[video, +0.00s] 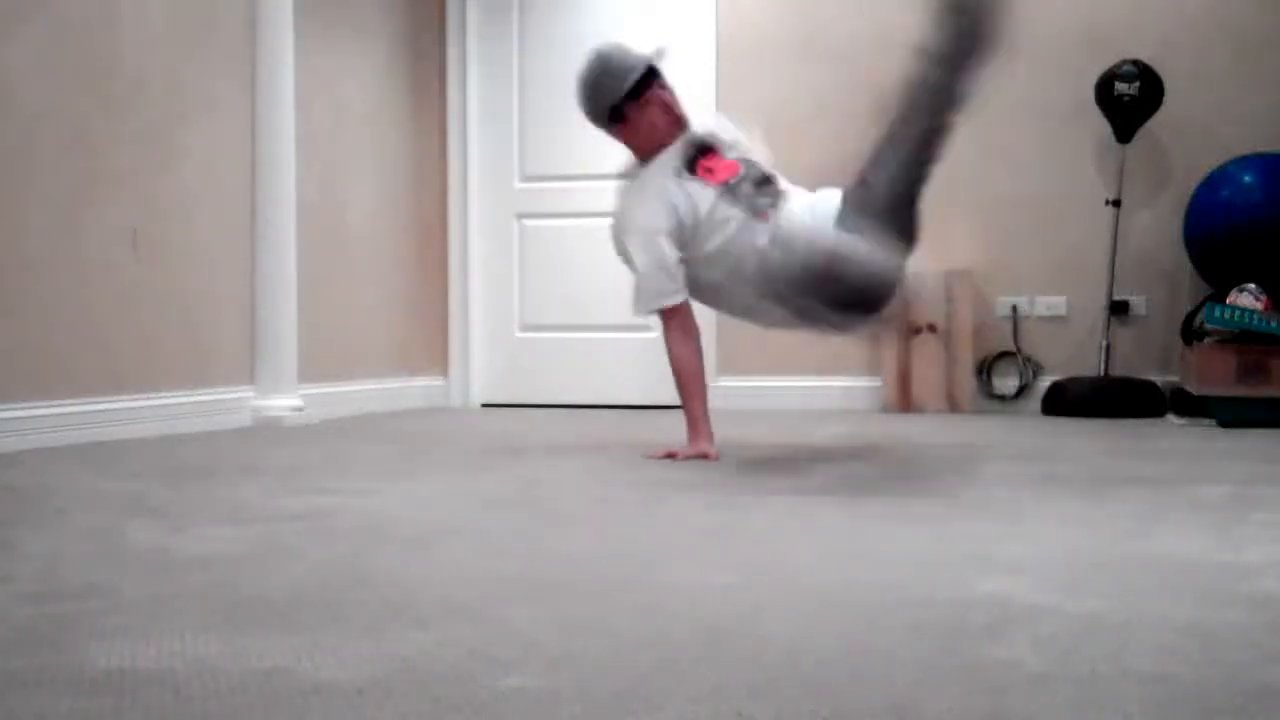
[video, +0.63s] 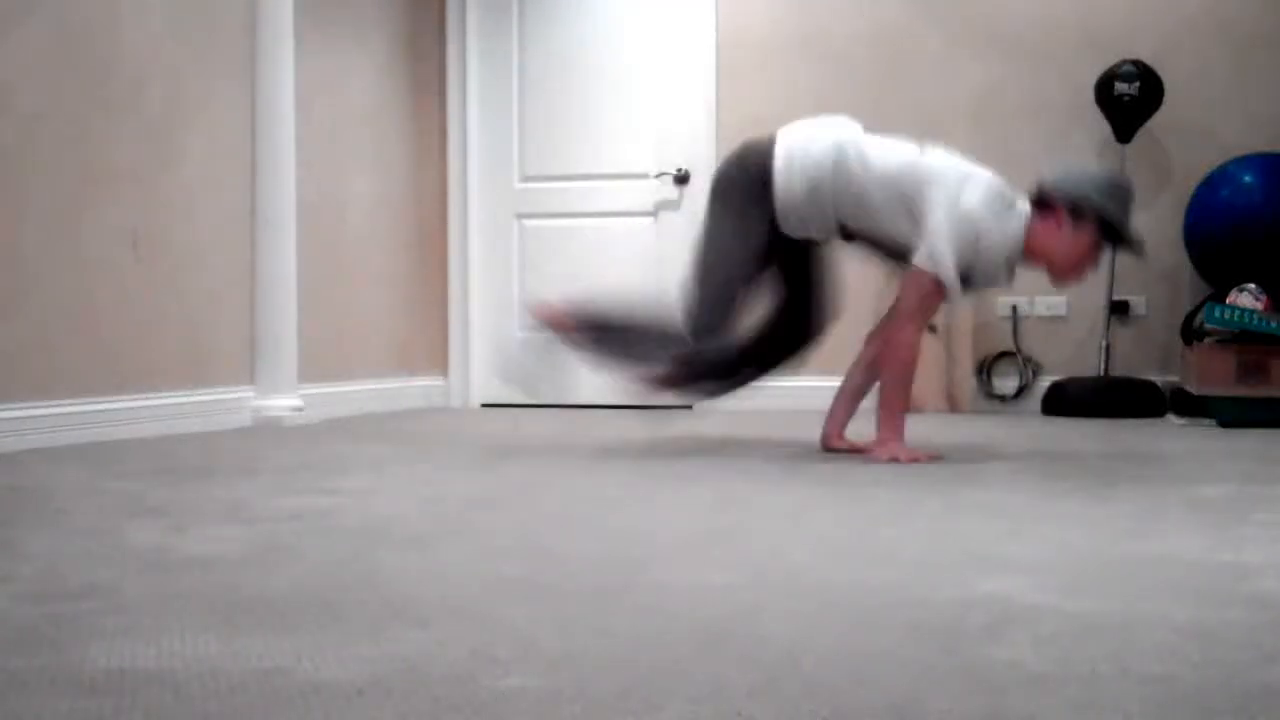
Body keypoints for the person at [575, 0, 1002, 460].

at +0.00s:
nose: (666, 101)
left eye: (660, 86)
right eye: (645, 100)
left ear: (668, 85)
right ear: (619, 127)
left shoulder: (714, 132)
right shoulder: (642, 213)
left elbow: (777, 197)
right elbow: (677, 325)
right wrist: (700, 438)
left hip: (858, 227)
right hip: (840, 290)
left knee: (919, 122)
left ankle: (961, 36)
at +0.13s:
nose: (726, 122)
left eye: (725, 111)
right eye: (711, 113)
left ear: (730, 117)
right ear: (685, 120)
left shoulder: (760, 189)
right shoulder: (671, 208)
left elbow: (800, 329)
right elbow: (680, 327)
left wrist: (829, 434)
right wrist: (698, 439)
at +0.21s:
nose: (786, 152)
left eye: (793, 141)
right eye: (775, 139)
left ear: (803, 146)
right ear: (744, 137)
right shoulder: (695, 218)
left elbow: (817, 348)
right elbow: (685, 333)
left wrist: (831, 438)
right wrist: (697, 437)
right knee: (716, 90)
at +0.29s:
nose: (858, 149)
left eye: (864, 136)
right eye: (847, 131)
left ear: (864, 144)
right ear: (813, 127)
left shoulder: (850, 233)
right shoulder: (759, 190)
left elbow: (848, 334)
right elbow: (686, 281)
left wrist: (832, 433)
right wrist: (666, 358)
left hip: (793, 345)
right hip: (742, 273)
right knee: (777, 90)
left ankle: (955, 319)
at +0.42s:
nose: (977, 181)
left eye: (989, 172)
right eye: (978, 160)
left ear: (982, 178)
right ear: (947, 138)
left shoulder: (938, 247)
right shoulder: (866, 141)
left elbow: (877, 332)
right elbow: (774, 174)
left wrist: (833, 433)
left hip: (753, 321)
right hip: (736, 242)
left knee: (734, 419)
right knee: (787, 92)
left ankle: (583, 410)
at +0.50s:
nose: (1043, 206)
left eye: (1056, 201)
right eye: (1049, 185)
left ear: (1044, 204)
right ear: (1020, 153)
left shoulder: (966, 263)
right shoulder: (938, 135)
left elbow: (889, 335)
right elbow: (833, 165)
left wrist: (832, 435)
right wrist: (870, 250)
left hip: (752, 305)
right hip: (754, 216)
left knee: (696, 423)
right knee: (757, 135)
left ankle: (533, 394)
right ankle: (667, 141)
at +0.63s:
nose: (1092, 262)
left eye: (1099, 251)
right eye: (1092, 244)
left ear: (1064, 227)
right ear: (1058, 220)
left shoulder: (995, 240)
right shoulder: (974, 211)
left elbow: (900, 323)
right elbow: (907, 327)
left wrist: (838, 426)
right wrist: (891, 438)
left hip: (806, 209)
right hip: (766, 178)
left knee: (799, 324)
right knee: (703, 334)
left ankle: (683, 383)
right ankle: (568, 322)